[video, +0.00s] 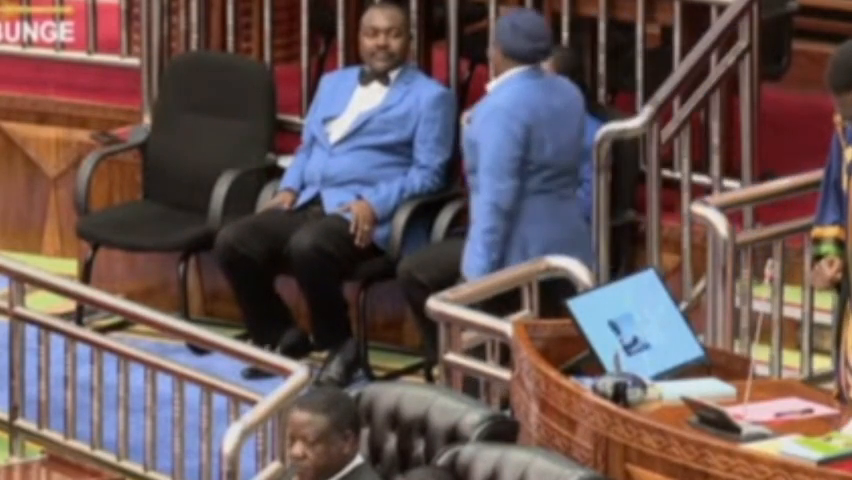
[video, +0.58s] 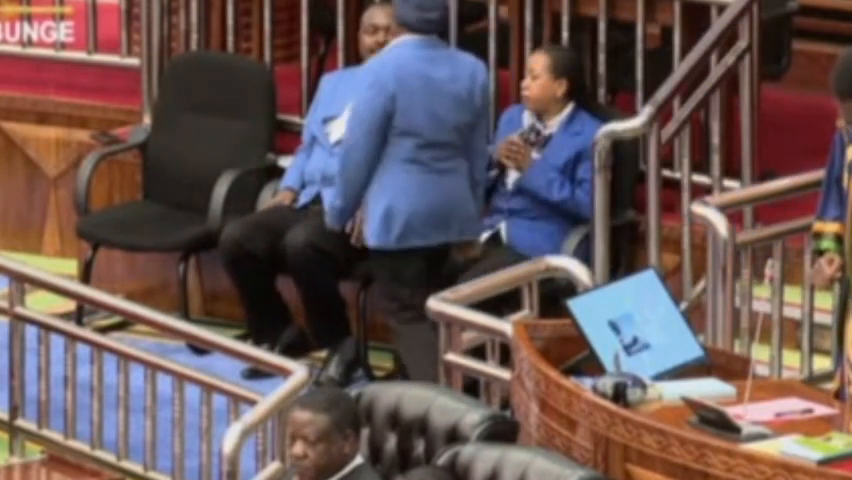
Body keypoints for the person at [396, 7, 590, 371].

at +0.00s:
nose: (489, 52)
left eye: (492, 46)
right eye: (492, 45)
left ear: (497, 52)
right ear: (542, 52)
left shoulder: (500, 108)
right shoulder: (569, 94)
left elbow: (496, 200)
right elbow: (577, 172)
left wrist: (475, 277)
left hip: (516, 253)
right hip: (571, 245)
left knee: (414, 272)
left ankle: (455, 369)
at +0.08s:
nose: (470, 45)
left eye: (472, 40)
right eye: (473, 39)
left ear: (476, 46)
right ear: (525, 45)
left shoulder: (480, 103)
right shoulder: (552, 87)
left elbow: (474, 196)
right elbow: (554, 168)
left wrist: (456, 279)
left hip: (499, 245)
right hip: (553, 239)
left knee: (413, 273)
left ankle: (454, 372)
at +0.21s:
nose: (438, 39)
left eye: (441, 33)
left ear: (444, 38)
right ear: (493, 36)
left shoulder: (444, 90)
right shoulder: (527, 80)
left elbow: (431, 178)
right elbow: (532, 159)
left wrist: (400, 253)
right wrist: (517, 195)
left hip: (456, 231)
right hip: (519, 228)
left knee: (450, 346)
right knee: (509, 340)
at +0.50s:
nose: (390, 37)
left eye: (398, 29)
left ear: (414, 32)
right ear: (460, 31)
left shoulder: (402, 82)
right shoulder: (494, 80)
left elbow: (376, 164)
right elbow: (499, 157)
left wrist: (347, 219)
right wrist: (493, 201)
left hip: (421, 221)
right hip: (478, 219)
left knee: (431, 331)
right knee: (466, 328)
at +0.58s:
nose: (377, 32)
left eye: (384, 24)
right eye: (372, 26)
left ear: (399, 20)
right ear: (443, 21)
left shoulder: (386, 67)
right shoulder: (474, 70)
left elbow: (361, 146)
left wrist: (339, 208)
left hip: (398, 205)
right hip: (457, 203)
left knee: (406, 310)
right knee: (438, 303)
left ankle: (431, 399)